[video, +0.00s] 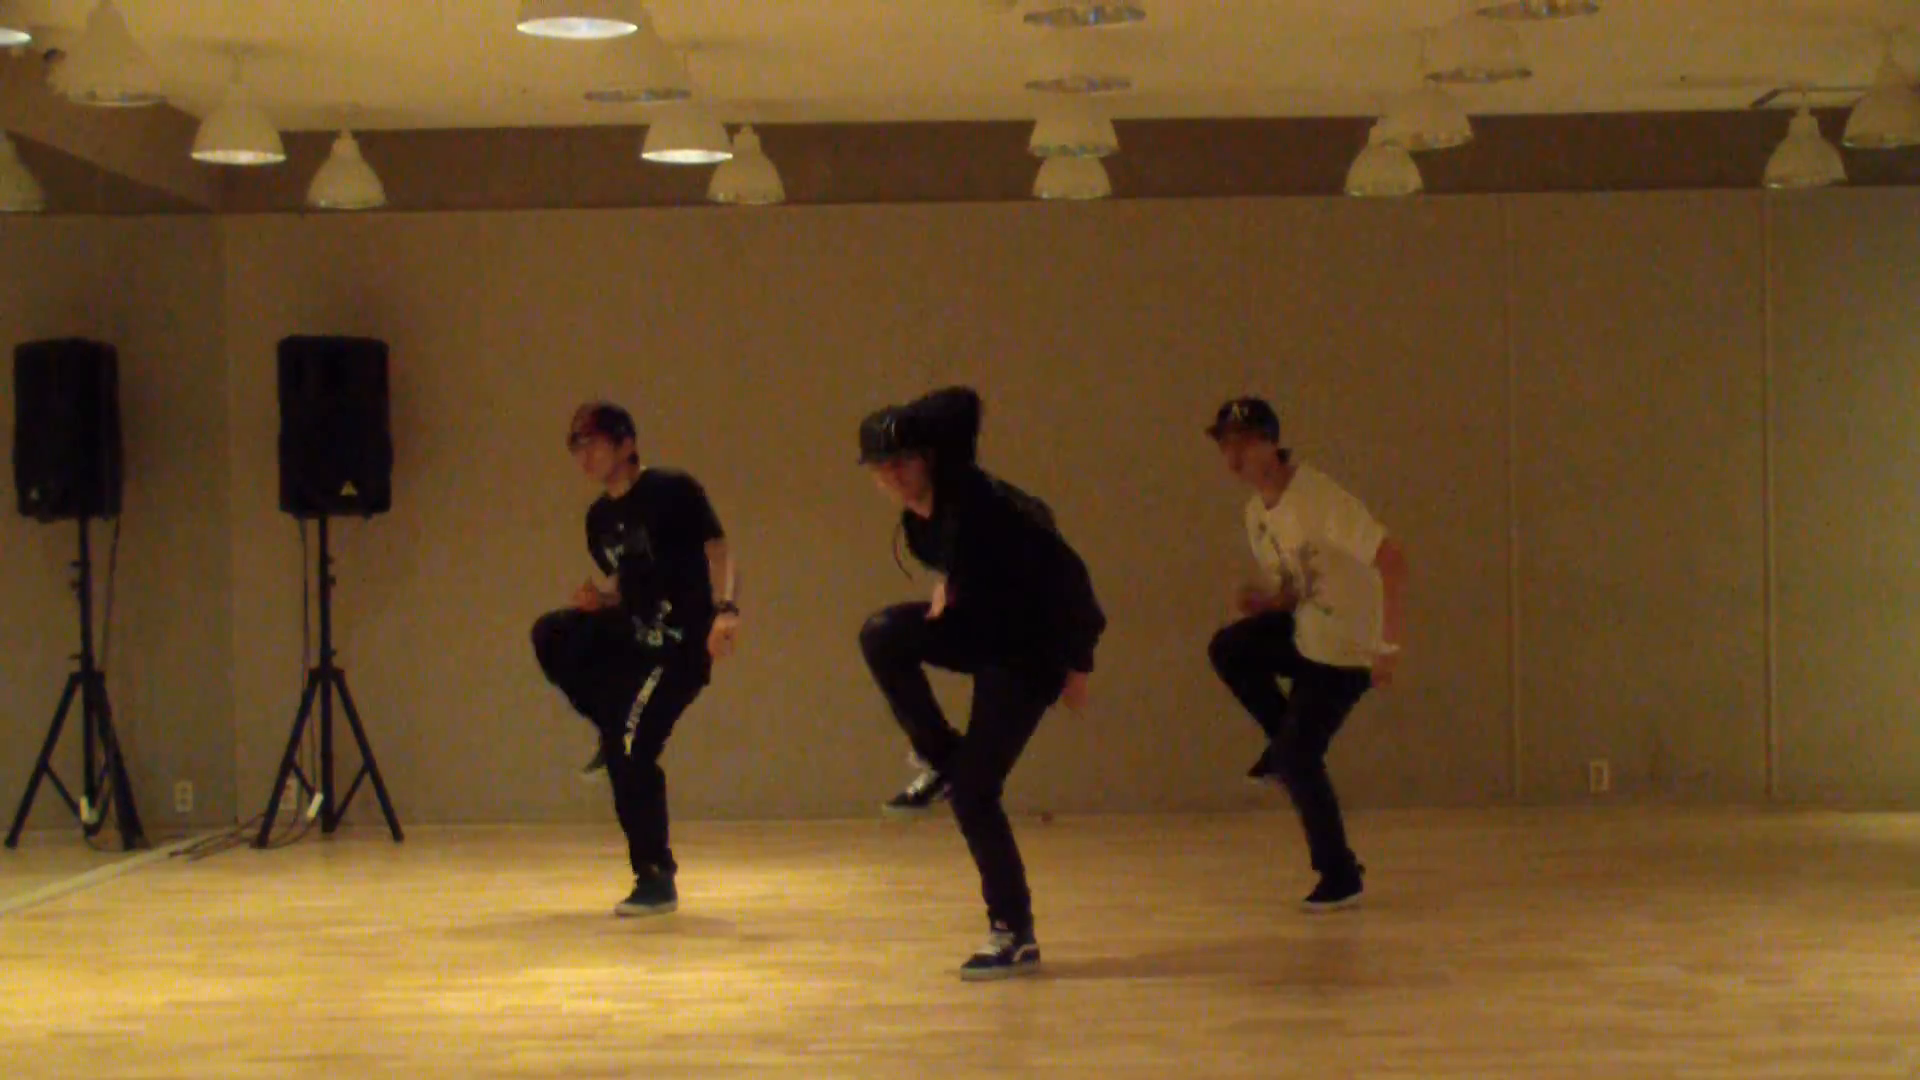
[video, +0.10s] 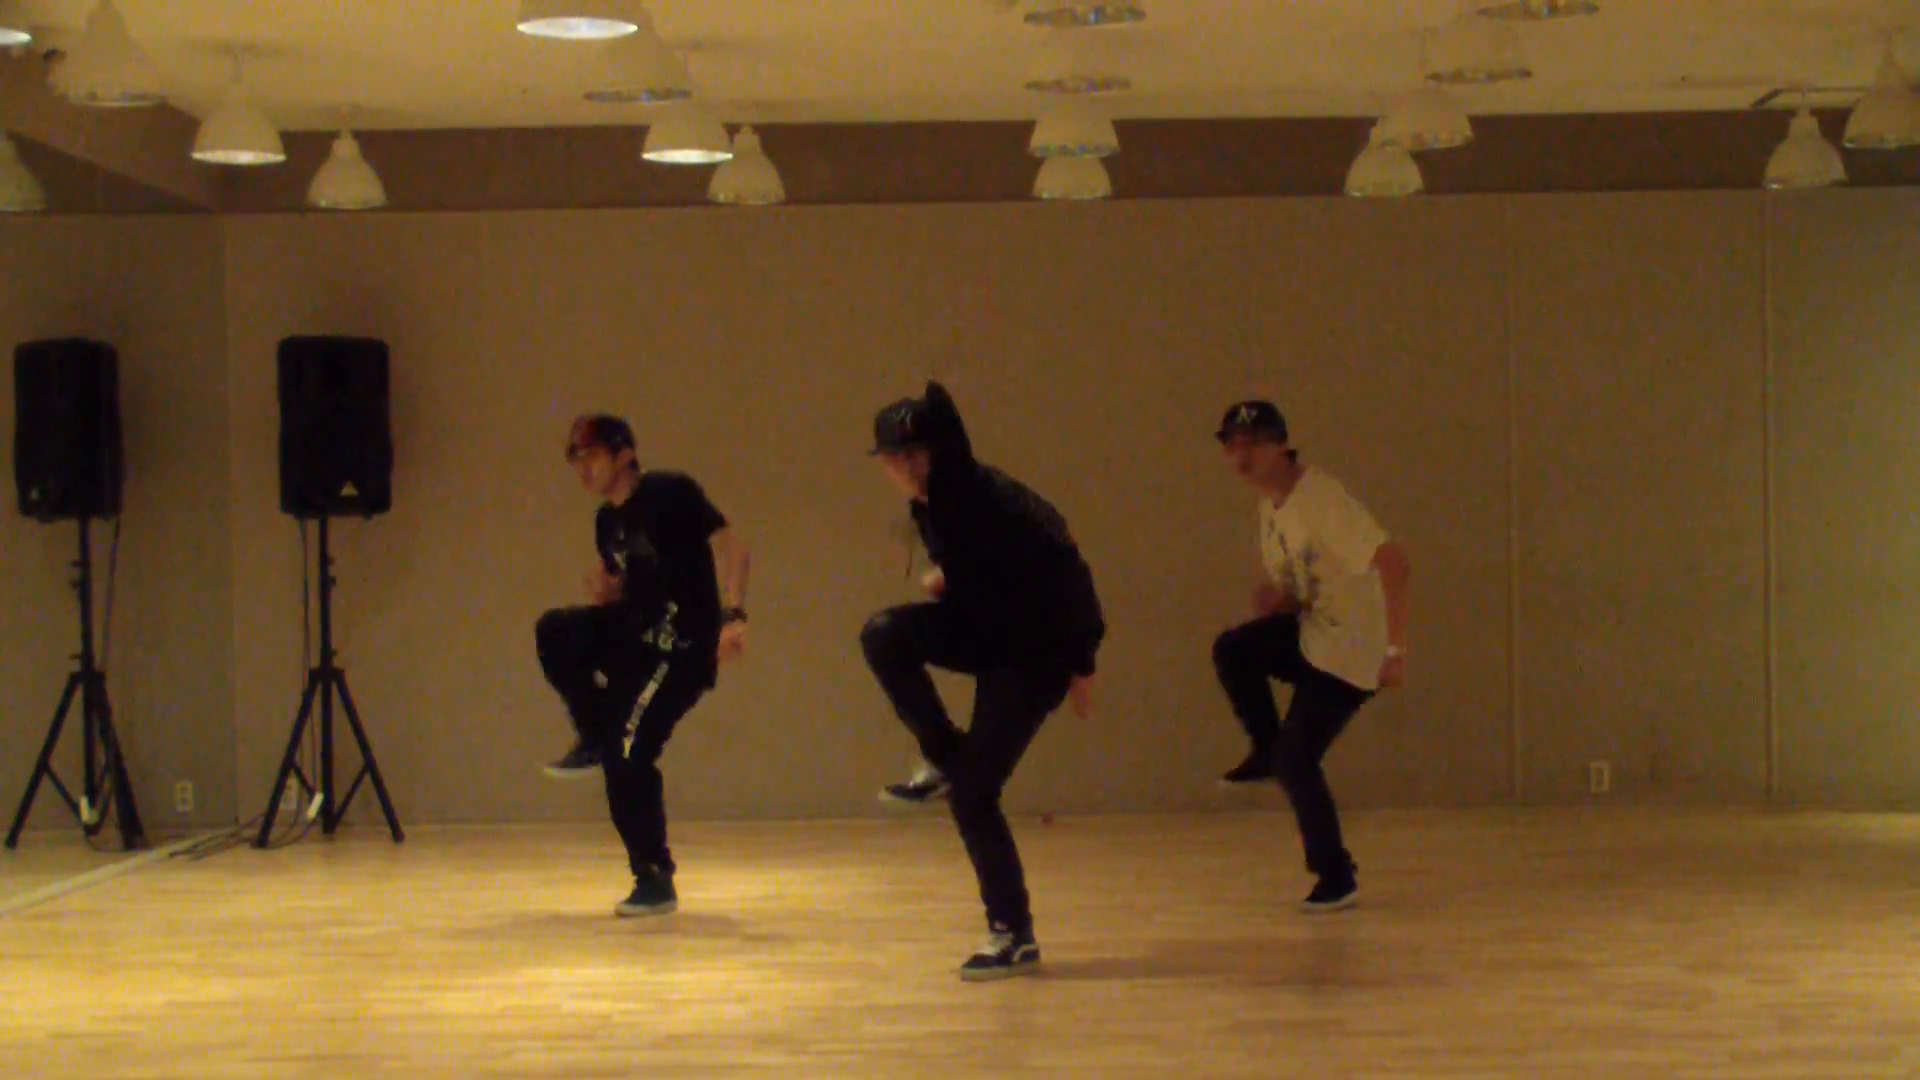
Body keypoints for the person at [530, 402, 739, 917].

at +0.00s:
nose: (581, 455)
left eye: (589, 444)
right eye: (576, 446)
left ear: (624, 445)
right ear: (579, 455)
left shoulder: (674, 490)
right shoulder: (601, 517)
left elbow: (717, 548)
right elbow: (622, 585)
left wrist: (725, 608)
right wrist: (600, 596)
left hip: (681, 640)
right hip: (632, 633)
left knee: (630, 745)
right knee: (553, 633)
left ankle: (655, 875)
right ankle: (614, 729)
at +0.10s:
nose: (582, 469)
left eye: (591, 458)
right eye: (578, 460)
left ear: (624, 456)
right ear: (578, 466)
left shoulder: (673, 492)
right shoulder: (608, 518)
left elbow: (731, 545)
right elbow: (627, 587)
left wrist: (735, 614)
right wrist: (605, 591)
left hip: (684, 643)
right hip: (638, 633)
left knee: (627, 746)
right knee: (557, 631)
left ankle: (654, 876)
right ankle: (597, 735)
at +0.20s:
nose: (589, 481)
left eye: (596, 469)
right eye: (584, 473)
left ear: (630, 465)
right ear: (594, 478)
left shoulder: (666, 486)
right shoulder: (637, 535)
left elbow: (736, 522)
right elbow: (603, 608)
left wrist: (741, 600)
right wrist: (581, 583)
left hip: (695, 648)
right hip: (648, 638)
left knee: (629, 758)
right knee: (553, 648)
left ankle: (654, 878)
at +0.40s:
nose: (612, 498)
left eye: (618, 485)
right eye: (606, 489)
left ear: (650, 479)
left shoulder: (685, 491)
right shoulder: (658, 558)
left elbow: (761, 509)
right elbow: (603, 627)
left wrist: (749, 588)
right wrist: (547, 589)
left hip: (711, 662)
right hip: (671, 653)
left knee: (629, 763)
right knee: (599, 704)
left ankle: (655, 879)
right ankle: (513, 751)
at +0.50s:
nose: (620, 497)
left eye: (628, 484)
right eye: (616, 488)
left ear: (661, 480)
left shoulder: (691, 494)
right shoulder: (664, 562)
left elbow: (769, 509)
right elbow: (613, 634)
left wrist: (755, 585)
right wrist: (551, 598)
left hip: (722, 665)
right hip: (689, 660)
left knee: (637, 762)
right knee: (636, 719)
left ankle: (656, 878)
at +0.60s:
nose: (632, 487)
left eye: (641, 476)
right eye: (629, 478)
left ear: (675, 476)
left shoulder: (705, 494)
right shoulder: (674, 562)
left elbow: (784, 507)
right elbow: (627, 637)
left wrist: (770, 583)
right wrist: (551, 604)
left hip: (738, 669)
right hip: (707, 676)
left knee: (653, 756)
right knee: (698, 771)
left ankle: (656, 879)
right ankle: (791, 832)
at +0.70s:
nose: (657, 486)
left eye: (666, 473)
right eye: (653, 476)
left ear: (699, 474)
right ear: (662, 483)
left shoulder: (729, 505)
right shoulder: (682, 559)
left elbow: (805, 523)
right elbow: (669, 636)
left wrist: (779, 590)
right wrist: (597, 619)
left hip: (750, 677)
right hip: (734, 683)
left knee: (659, 753)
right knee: (778, 791)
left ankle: (695, 868)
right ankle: (893, 854)